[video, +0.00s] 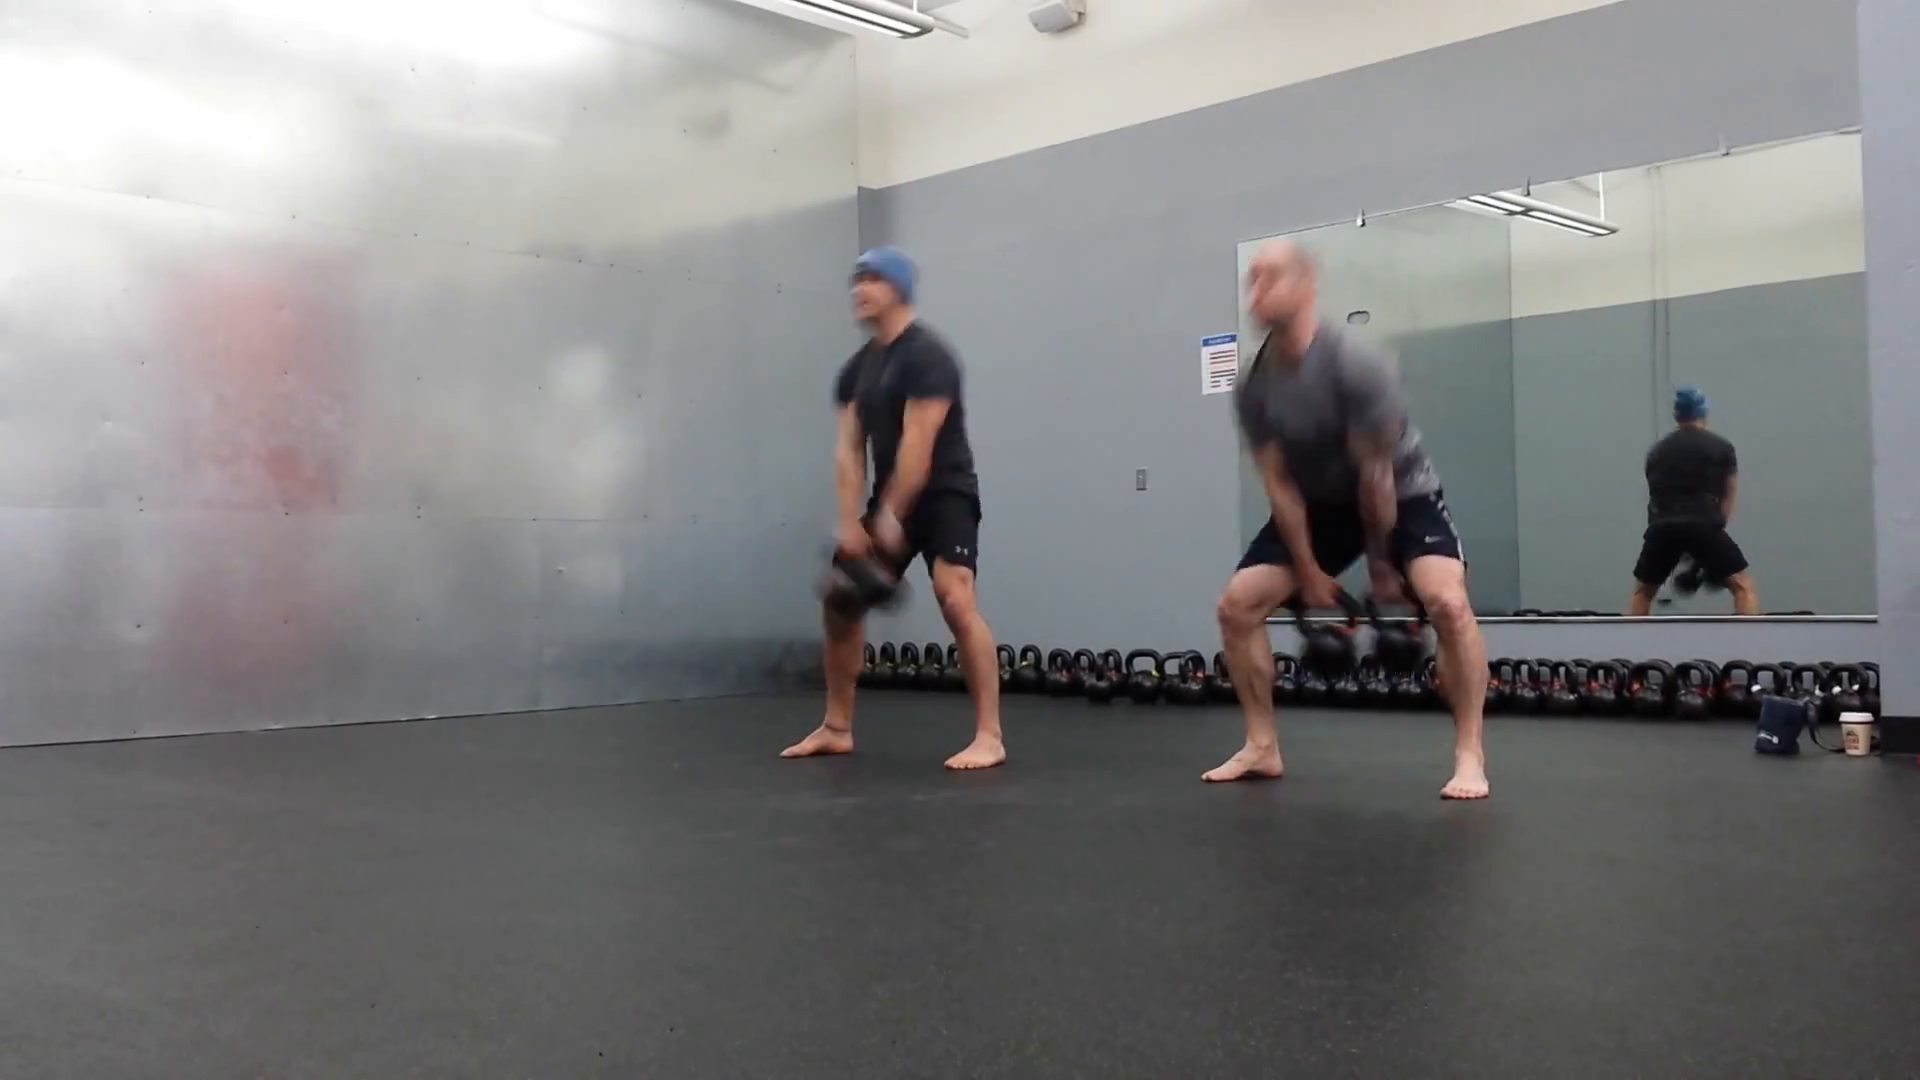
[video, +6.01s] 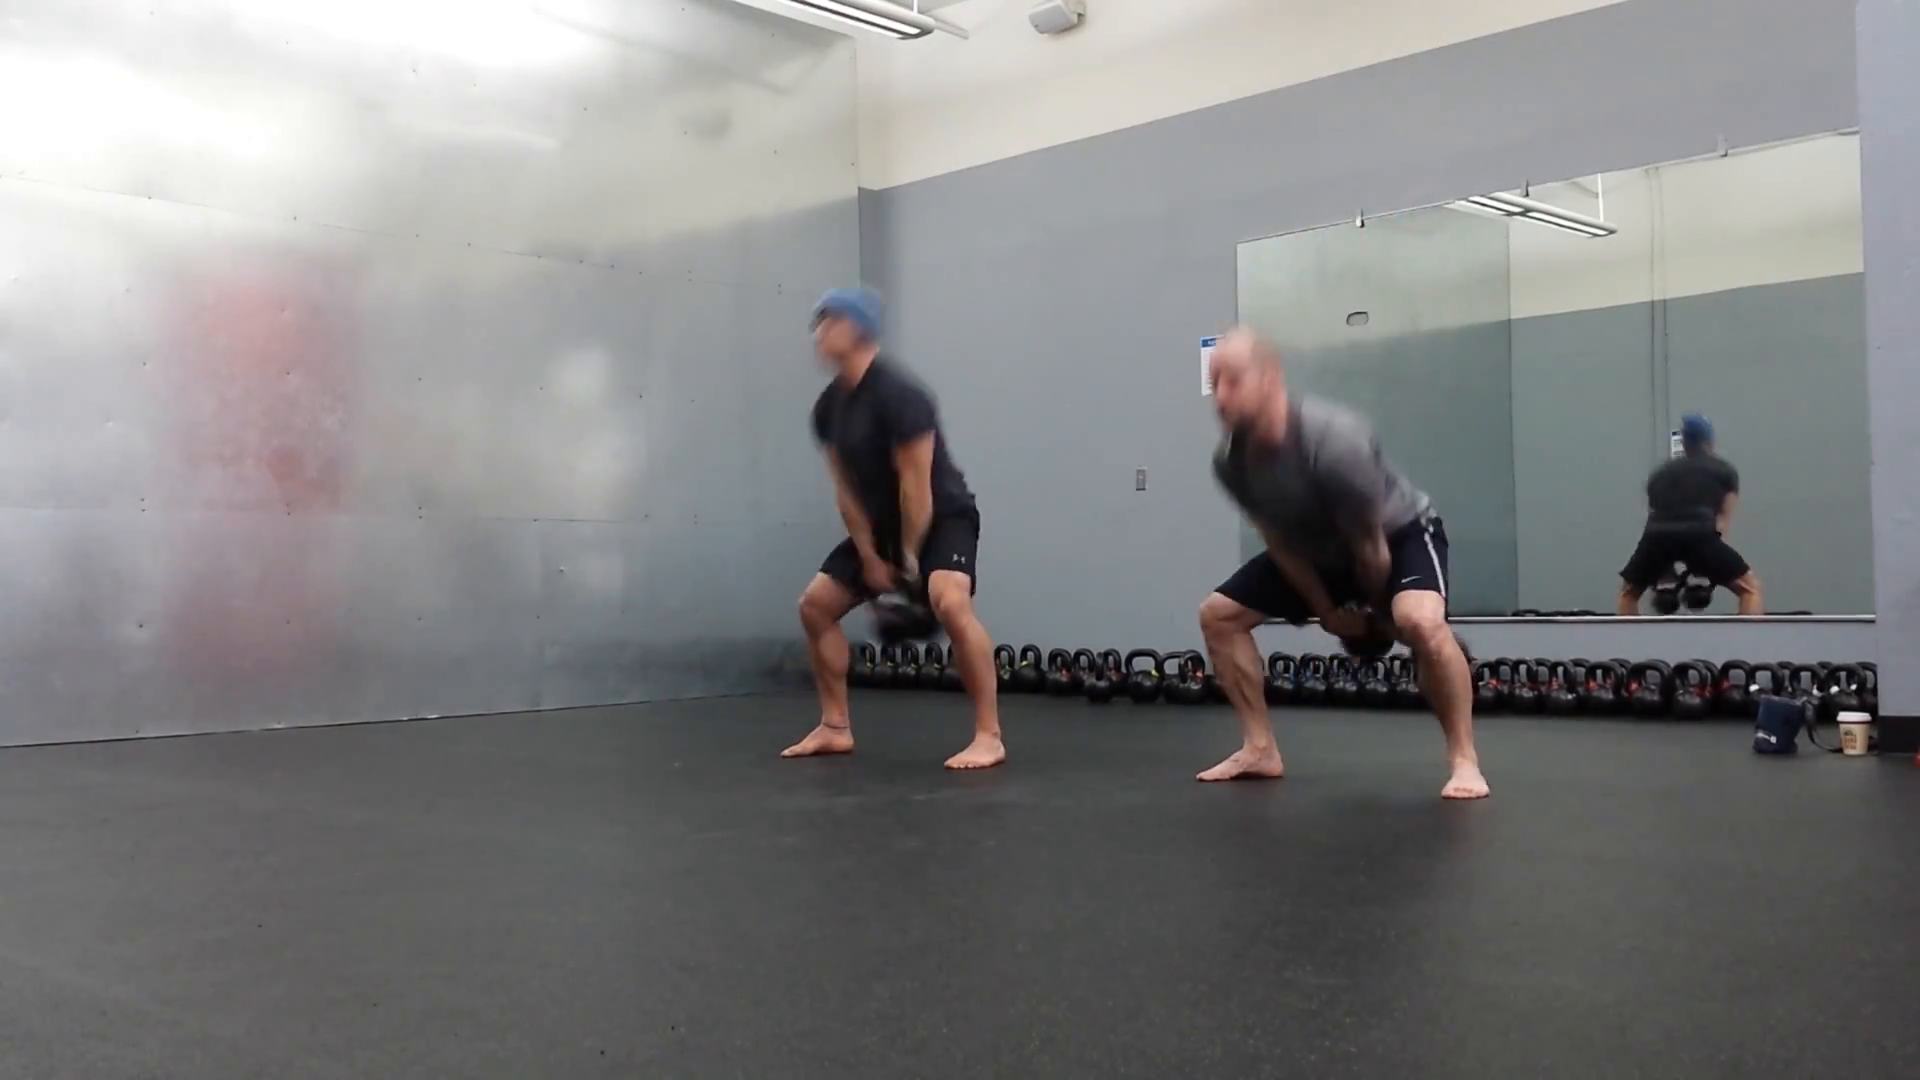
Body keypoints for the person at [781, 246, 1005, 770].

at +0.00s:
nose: (858, 289)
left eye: (870, 280)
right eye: (857, 281)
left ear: (899, 289)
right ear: (860, 293)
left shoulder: (929, 356)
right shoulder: (857, 370)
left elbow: (917, 453)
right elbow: (849, 452)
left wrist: (890, 513)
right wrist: (849, 522)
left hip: (944, 492)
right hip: (891, 494)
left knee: (955, 598)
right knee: (842, 597)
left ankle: (989, 735)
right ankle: (837, 726)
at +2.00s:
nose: (844, 278)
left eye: (854, 269)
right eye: (842, 270)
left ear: (885, 275)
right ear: (841, 280)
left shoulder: (911, 318)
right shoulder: (840, 324)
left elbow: (910, 232)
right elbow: (812, 251)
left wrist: (901, 157)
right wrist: (821, 180)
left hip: (899, 486)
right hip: (843, 490)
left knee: (939, 609)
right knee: (848, 619)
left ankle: (986, 737)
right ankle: (840, 729)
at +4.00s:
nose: (850, 331)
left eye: (858, 319)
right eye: (845, 321)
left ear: (889, 316)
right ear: (846, 324)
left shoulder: (931, 364)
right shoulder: (857, 383)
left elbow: (934, 451)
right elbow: (846, 457)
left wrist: (888, 508)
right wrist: (826, 519)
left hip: (960, 501)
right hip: (908, 511)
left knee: (961, 597)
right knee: (841, 606)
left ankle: (989, 736)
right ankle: (837, 727)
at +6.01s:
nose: (819, 331)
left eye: (831, 321)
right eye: (820, 322)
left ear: (861, 330)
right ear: (827, 334)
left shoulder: (902, 396)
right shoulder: (829, 407)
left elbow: (917, 486)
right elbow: (845, 489)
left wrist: (910, 556)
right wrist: (868, 555)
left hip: (943, 517)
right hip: (882, 522)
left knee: (949, 602)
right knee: (816, 607)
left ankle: (989, 735)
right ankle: (835, 726)